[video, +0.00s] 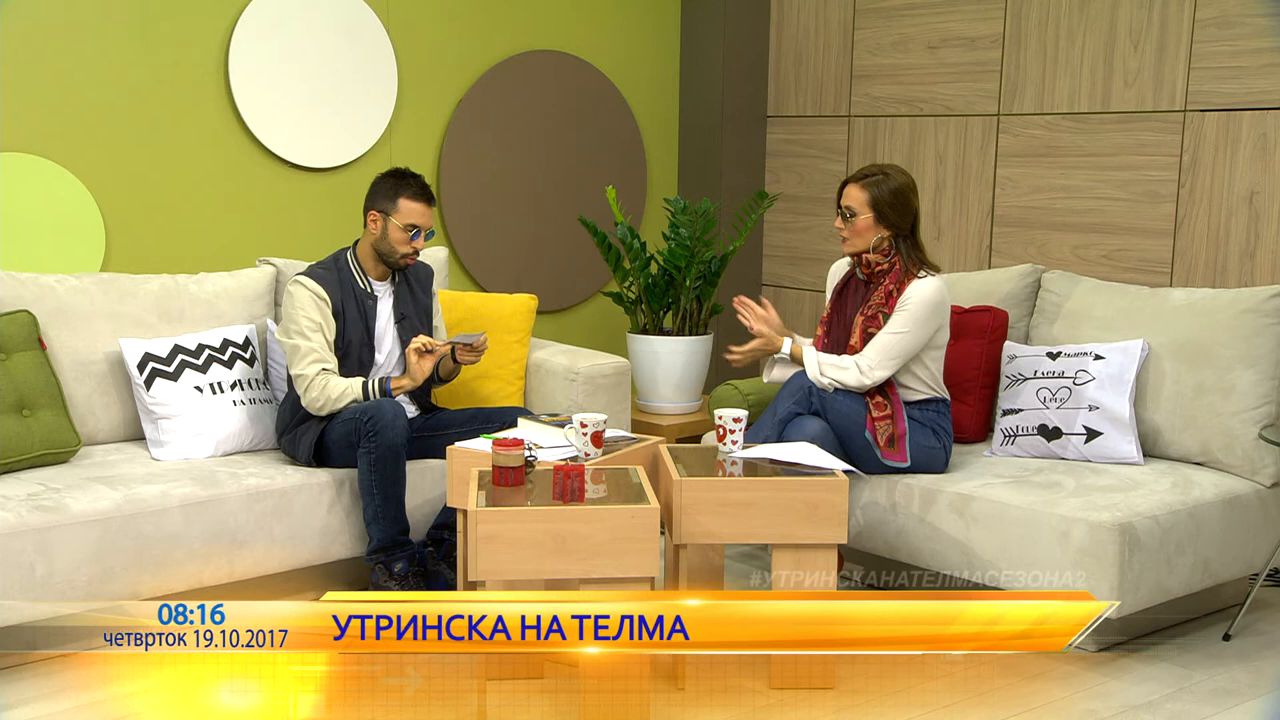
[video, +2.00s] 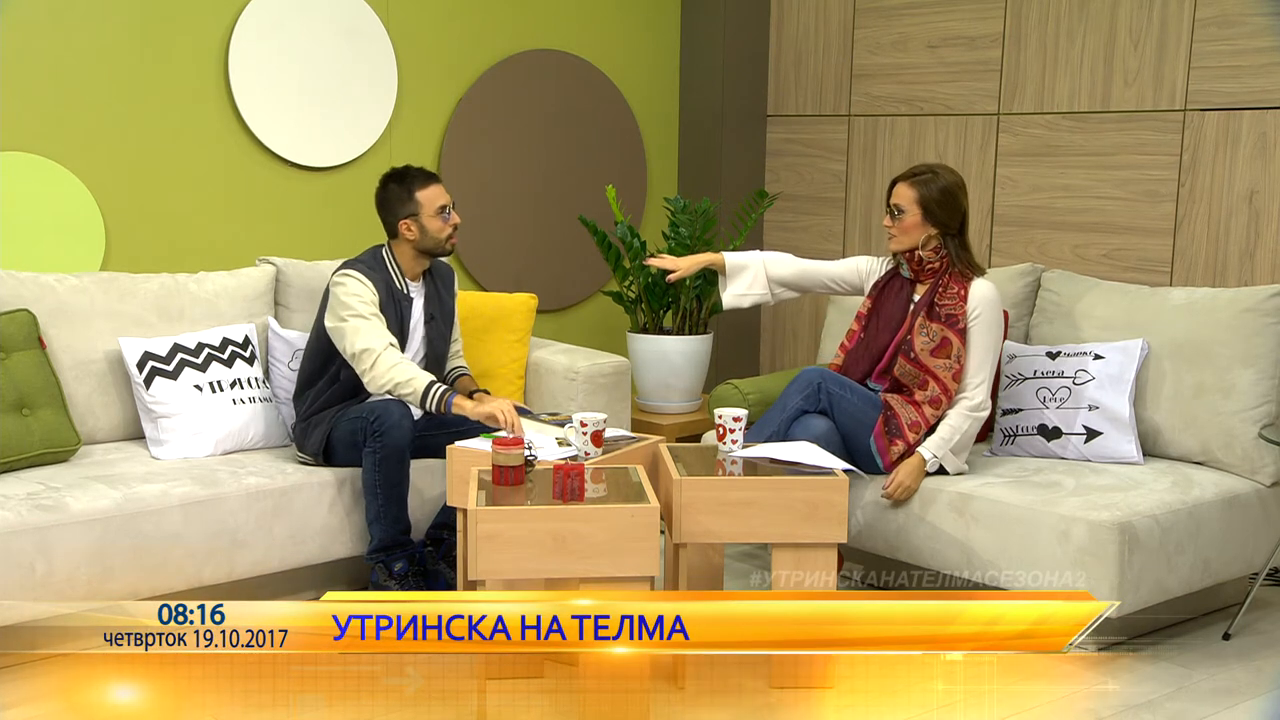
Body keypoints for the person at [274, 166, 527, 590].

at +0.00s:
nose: (419, 246)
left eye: (426, 234)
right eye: (411, 232)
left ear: (430, 231)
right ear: (374, 221)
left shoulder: (419, 278)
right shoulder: (313, 289)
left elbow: (431, 375)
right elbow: (317, 392)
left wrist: (453, 360)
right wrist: (401, 381)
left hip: (405, 422)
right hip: (321, 428)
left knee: (514, 422)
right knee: (387, 413)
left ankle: (440, 551)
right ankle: (392, 562)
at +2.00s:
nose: (455, 221)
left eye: (452, 209)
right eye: (443, 214)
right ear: (407, 229)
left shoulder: (442, 276)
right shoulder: (353, 284)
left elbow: (451, 360)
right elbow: (382, 365)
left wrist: (476, 396)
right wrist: (461, 405)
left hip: (408, 418)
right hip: (330, 424)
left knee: (498, 429)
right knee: (391, 414)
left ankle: (440, 549)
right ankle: (392, 560)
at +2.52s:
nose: (418, 216)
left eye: (427, 205)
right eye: (404, 206)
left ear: (435, 214)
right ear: (379, 218)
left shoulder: (439, 275)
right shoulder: (346, 279)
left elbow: (444, 356)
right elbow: (341, 373)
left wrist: (475, 392)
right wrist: (420, 357)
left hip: (412, 422)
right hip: (333, 425)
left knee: (510, 420)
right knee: (395, 415)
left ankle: (440, 549)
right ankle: (392, 562)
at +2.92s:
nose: (392, 216)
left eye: (405, 206)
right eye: (380, 205)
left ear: (421, 219)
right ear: (363, 215)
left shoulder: (436, 273)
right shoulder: (339, 269)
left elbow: (454, 355)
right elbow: (309, 302)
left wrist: (476, 393)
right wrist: (408, 289)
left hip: (415, 421)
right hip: (334, 424)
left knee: (513, 422)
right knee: (394, 413)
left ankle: (439, 550)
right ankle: (392, 562)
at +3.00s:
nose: (387, 215)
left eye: (401, 206)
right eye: (375, 205)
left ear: (418, 218)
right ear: (359, 215)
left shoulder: (435, 273)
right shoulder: (333, 263)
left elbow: (456, 352)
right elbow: (315, 260)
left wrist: (477, 392)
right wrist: (415, 268)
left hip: (415, 421)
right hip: (333, 423)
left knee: (514, 422)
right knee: (395, 412)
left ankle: (441, 549)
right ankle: (391, 561)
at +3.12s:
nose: (385, 216)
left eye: (398, 205)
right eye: (373, 204)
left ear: (415, 216)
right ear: (359, 213)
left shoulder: (436, 274)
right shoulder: (332, 268)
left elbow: (455, 347)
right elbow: (314, 226)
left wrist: (477, 389)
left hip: (414, 419)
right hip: (335, 425)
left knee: (515, 420)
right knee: (395, 413)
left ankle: (441, 548)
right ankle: (391, 562)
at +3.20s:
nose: (386, 214)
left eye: (398, 204)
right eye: (374, 203)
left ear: (416, 215)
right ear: (354, 213)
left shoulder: (436, 273)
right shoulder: (334, 270)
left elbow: (457, 346)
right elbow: (321, 221)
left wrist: (477, 388)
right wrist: (318, 133)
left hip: (414, 423)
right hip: (338, 426)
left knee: (514, 424)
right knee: (397, 415)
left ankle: (440, 550)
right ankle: (392, 563)